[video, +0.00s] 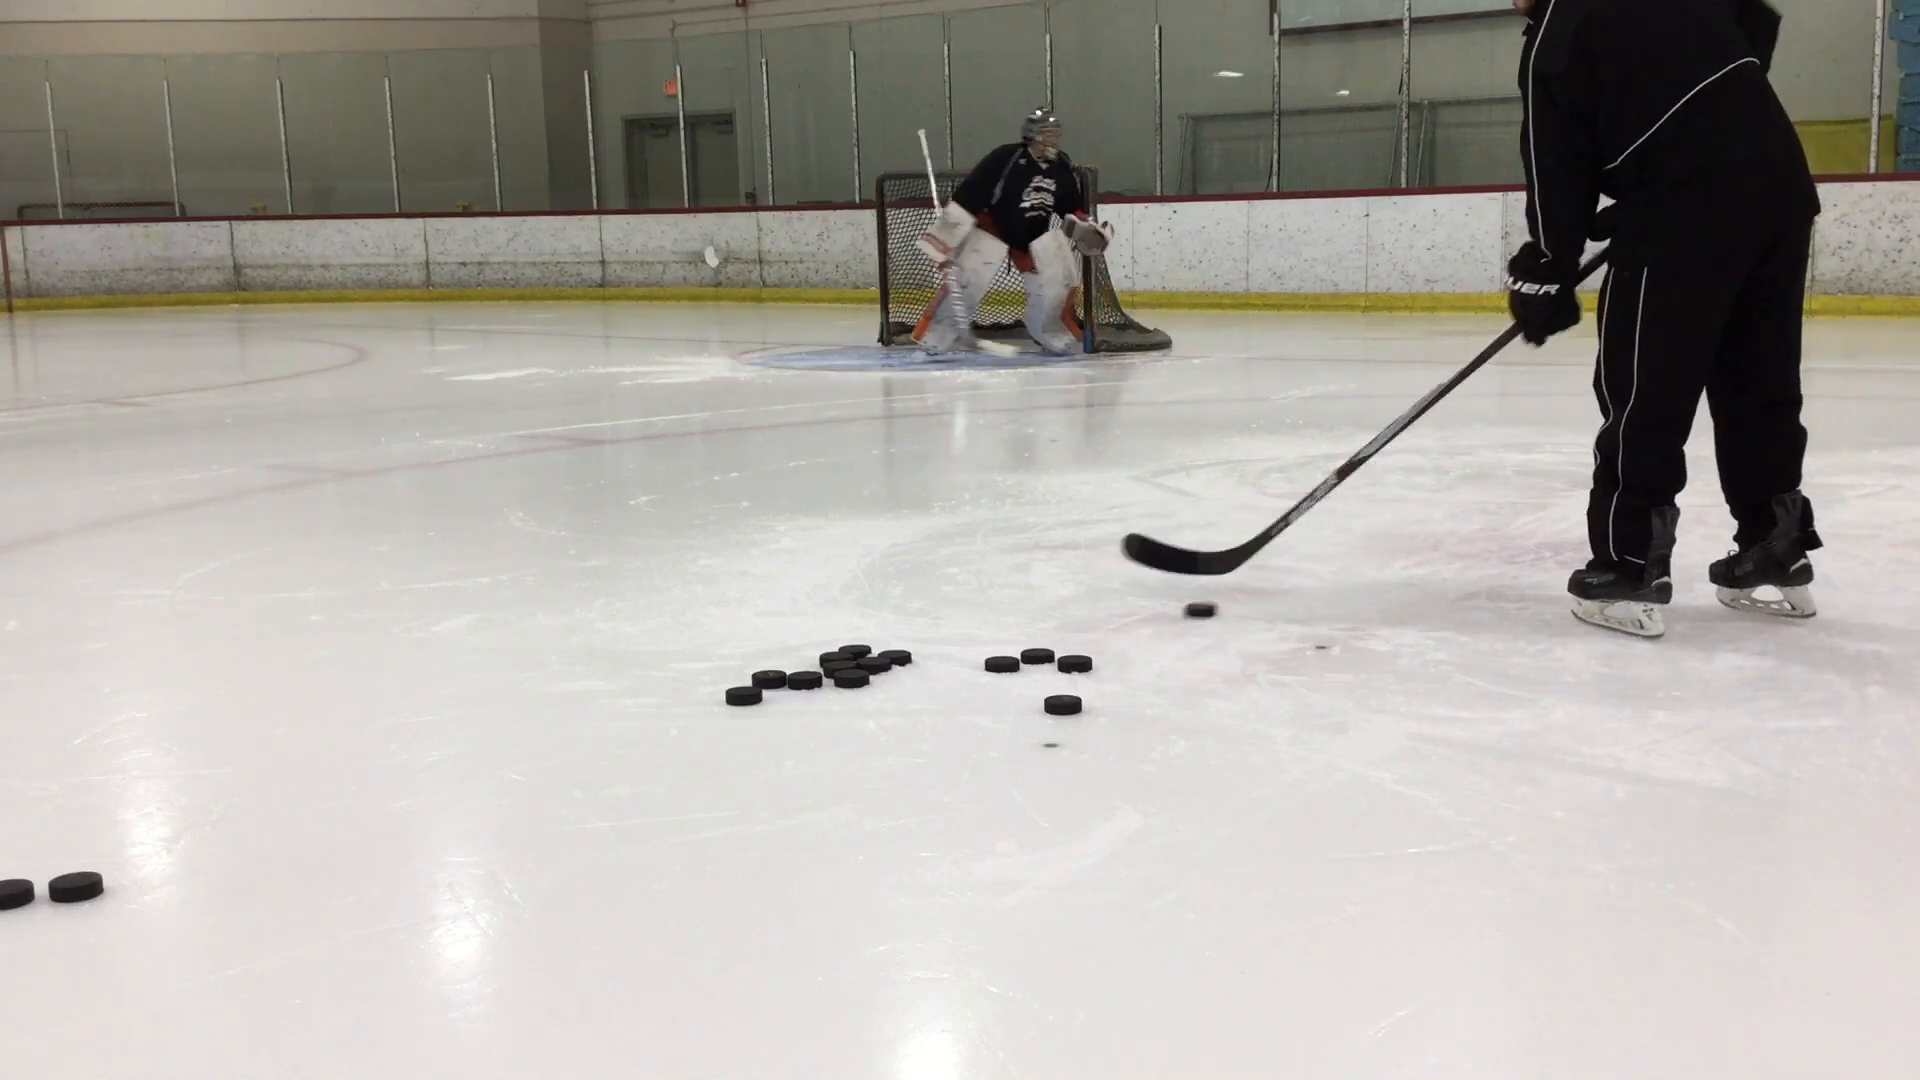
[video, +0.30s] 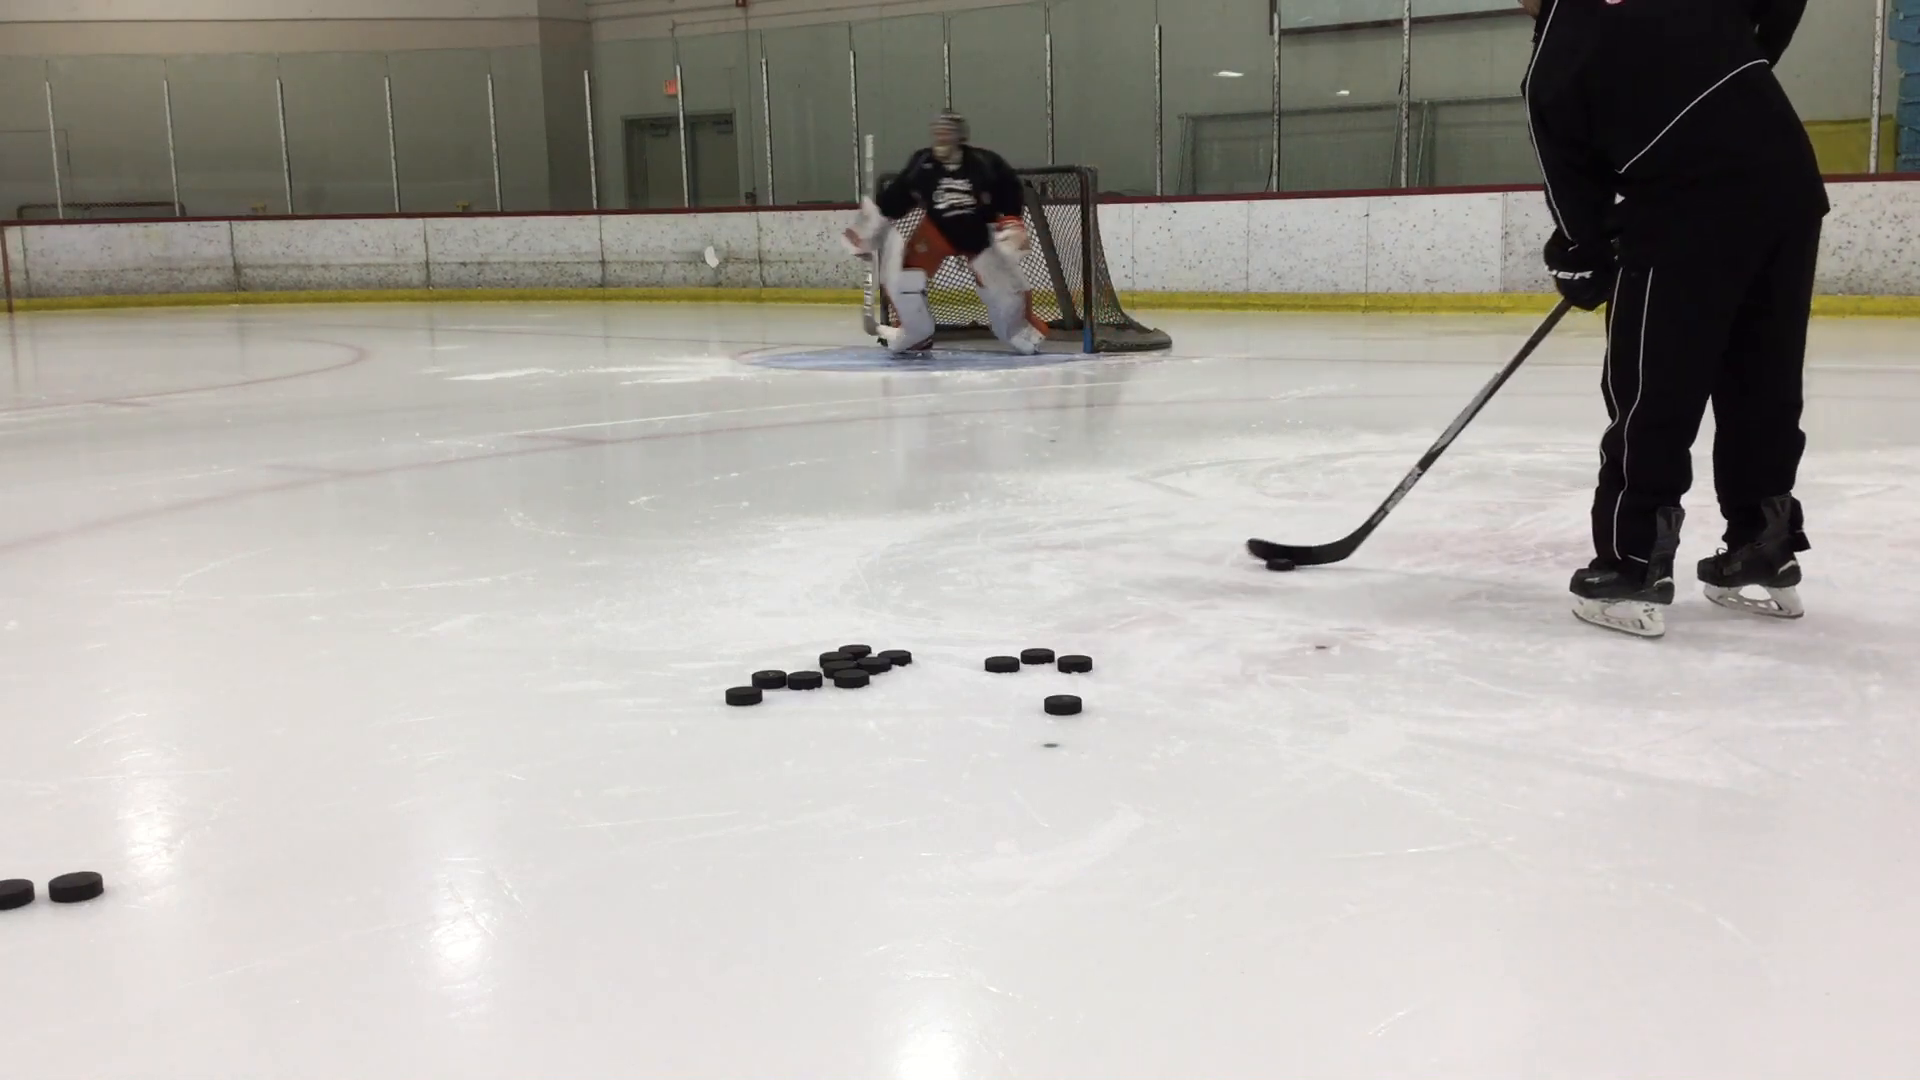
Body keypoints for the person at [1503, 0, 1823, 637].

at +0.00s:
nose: (1514, 10)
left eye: (1517, 8)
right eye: (1516, 9)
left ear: (1529, 2)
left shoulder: (1553, 36)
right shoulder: (1680, 7)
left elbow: (1556, 156)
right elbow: (1761, 19)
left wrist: (1545, 273)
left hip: (1678, 210)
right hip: (1779, 190)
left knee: (1640, 392)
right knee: (1758, 383)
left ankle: (1634, 564)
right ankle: (1776, 548)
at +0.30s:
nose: (1518, 4)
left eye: (1523, 7)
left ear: (1535, 5)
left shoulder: (1552, 70)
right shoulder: (1690, 9)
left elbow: (1574, 184)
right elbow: (1783, 2)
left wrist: (1583, 262)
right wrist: (1747, 59)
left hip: (1681, 211)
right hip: (1788, 191)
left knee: (1648, 389)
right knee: (1762, 379)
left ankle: (1637, 559)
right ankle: (1764, 546)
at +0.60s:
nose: (1536, 9)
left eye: (1540, 11)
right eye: (1539, 8)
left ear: (1552, 5)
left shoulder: (1567, 68)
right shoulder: (1701, 3)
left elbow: (1589, 184)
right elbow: (1794, 20)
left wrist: (1598, 260)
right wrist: (1742, 90)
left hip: (1696, 208)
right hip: (1802, 190)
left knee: (1658, 389)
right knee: (1768, 381)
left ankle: (1639, 562)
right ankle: (1763, 551)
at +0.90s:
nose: (1548, 12)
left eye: (1549, 10)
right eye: (1550, 9)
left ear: (1561, 3)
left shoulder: (1578, 51)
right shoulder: (1713, 6)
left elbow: (1589, 176)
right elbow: (1790, 25)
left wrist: (1572, 271)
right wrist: (1733, 113)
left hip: (1701, 208)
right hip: (1807, 192)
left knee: (1662, 390)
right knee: (1771, 384)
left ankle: (1639, 562)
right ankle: (1764, 550)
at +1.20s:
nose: (1546, 10)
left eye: (1547, 8)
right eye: (1547, 8)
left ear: (1563, 2)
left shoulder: (1581, 40)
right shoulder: (1721, 7)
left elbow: (1575, 185)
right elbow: (1773, 70)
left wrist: (1550, 303)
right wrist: (1669, 194)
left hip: (1705, 211)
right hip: (1808, 195)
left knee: (1665, 389)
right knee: (1772, 384)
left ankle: (1640, 559)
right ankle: (1763, 548)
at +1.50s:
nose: (1543, 13)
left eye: (1543, 8)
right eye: (1543, 8)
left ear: (1559, 1)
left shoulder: (1575, 44)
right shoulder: (1711, 7)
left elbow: (1575, 184)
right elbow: (1758, 87)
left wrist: (1556, 303)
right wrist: (1664, 201)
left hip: (1705, 214)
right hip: (1806, 194)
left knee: (1665, 389)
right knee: (1769, 384)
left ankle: (1641, 559)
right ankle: (1763, 547)